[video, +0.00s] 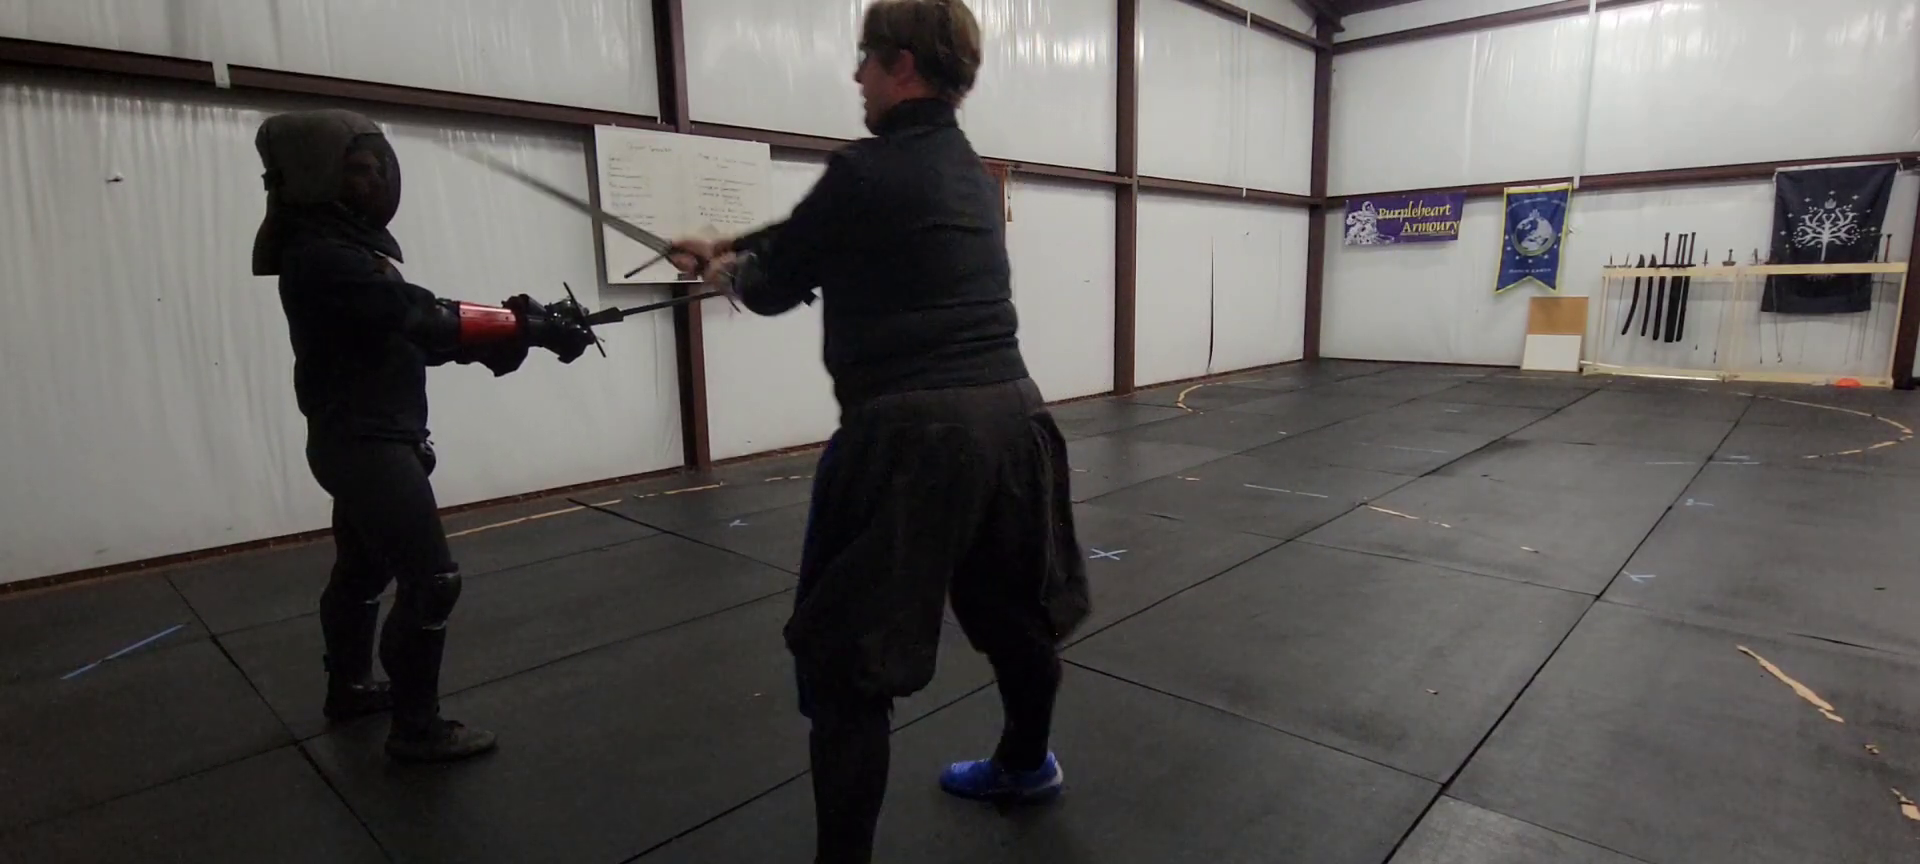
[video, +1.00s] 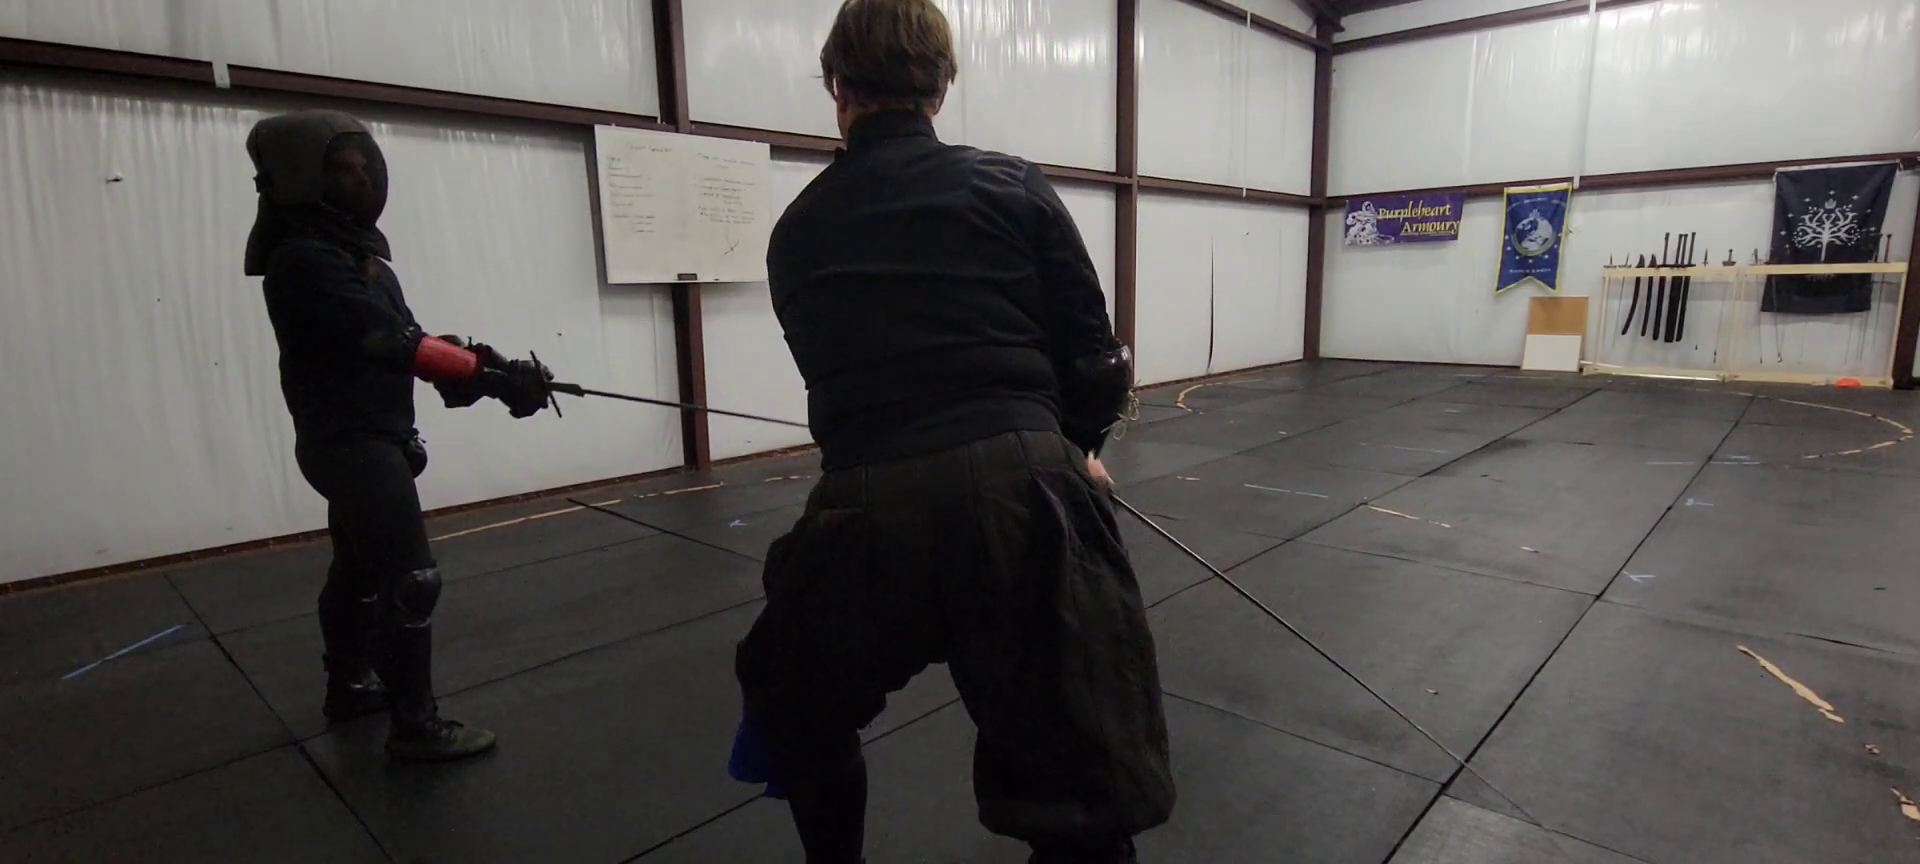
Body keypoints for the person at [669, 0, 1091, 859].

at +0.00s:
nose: (857, 75)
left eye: (867, 59)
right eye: (861, 59)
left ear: (905, 69)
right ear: (932, 75)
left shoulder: (863, 174)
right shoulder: (972, 169)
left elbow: (772, 283)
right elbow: (839, 238)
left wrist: (722, 267)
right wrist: (734, 249)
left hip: (901, 432)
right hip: (1009, 418)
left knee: (843, 648)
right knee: (1013, 602)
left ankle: (844, 847)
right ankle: (1027, 763)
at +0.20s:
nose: (789, 63)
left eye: (795, 44)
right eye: (791, 45)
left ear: (828, 48)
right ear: (879, 53)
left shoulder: (780, 165)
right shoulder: (934, 149)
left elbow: (730, 283)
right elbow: (832, 187)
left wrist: (717, 230)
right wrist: (720, 190)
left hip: (862, 435)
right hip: (989, 415)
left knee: (829, 685)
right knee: (1026, 669)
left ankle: (838, 854)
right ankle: (1082, 851)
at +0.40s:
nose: (770, 68)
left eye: (771, 47)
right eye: (771, 48)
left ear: (793, 46)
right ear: (875, 47)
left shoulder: (746, 176)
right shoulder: (936, 146)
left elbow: (741, 314)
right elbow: (949, 273)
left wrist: (849, 278)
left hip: (843, 450)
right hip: (979, 428)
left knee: (817, 703)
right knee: (1029, 705)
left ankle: (835, 855)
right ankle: (1088, 848)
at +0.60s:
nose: (788, 87)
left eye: (788, 70)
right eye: (788, 70)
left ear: (809, 73)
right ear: (898, 66)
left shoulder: (761, 212)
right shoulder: (980, 171)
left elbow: (777, 363)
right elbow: (1031, 342)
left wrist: (853, 426)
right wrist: (953, 402)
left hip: (849, 498)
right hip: (997, 475)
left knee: (798, 701)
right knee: (1047, 748)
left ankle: (831, 850)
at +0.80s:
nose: (832, 112)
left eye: (832, 97)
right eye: (834, 97)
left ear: (841, 99)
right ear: (936, 97)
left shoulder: (795, 244)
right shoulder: (1016, 193)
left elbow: (835, 387)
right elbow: (1089, 360)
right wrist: (1084, 454)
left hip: (873, 520)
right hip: (1031, 493)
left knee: (800, 704)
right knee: (1065, 767)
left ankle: (831, 850)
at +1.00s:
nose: (834, 99)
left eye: (832, 87)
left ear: (840, 92)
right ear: (939, 89)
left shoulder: (795, 230)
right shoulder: (1013, 183)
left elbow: (840, 386)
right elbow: (1095, 361)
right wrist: (1071, 448)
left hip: (867, 517)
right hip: (1025, 495)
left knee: (804, 703)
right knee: (1069, 768)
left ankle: (833, 851)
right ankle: (1082, 848)